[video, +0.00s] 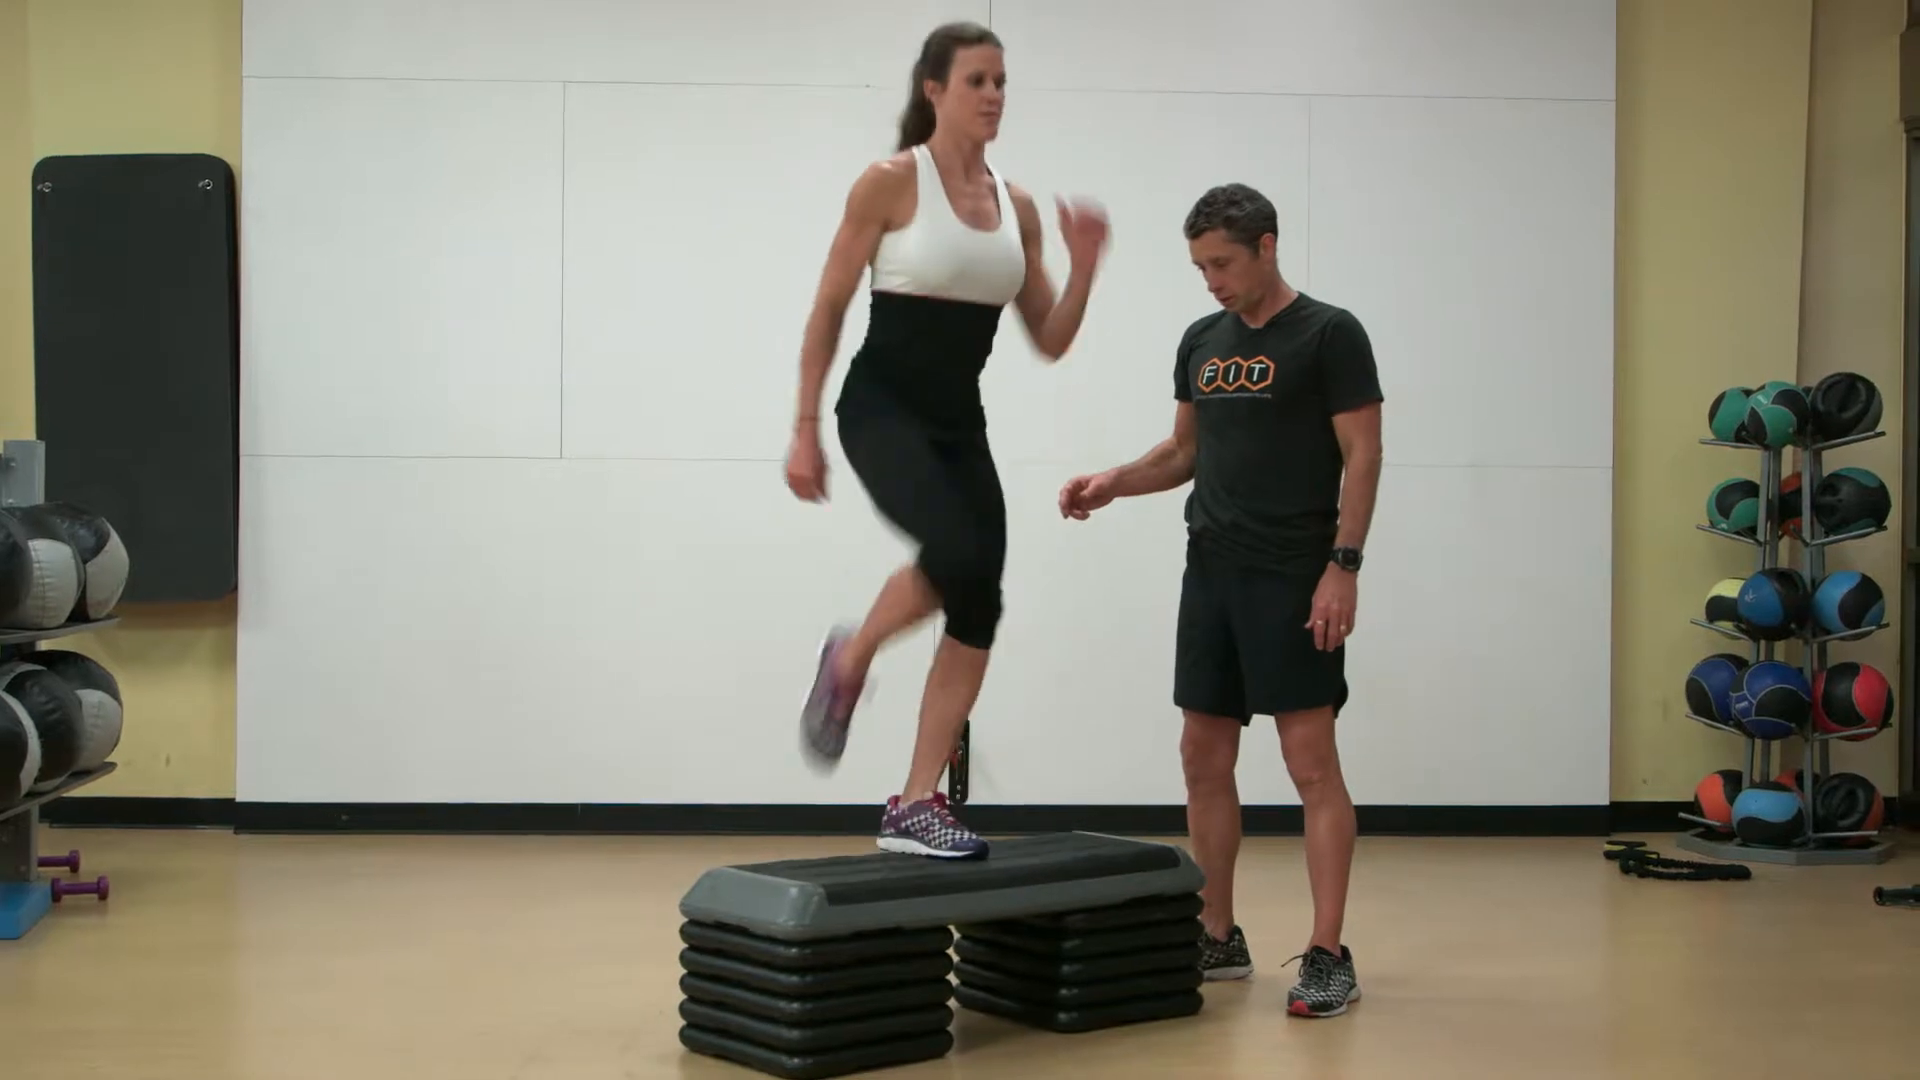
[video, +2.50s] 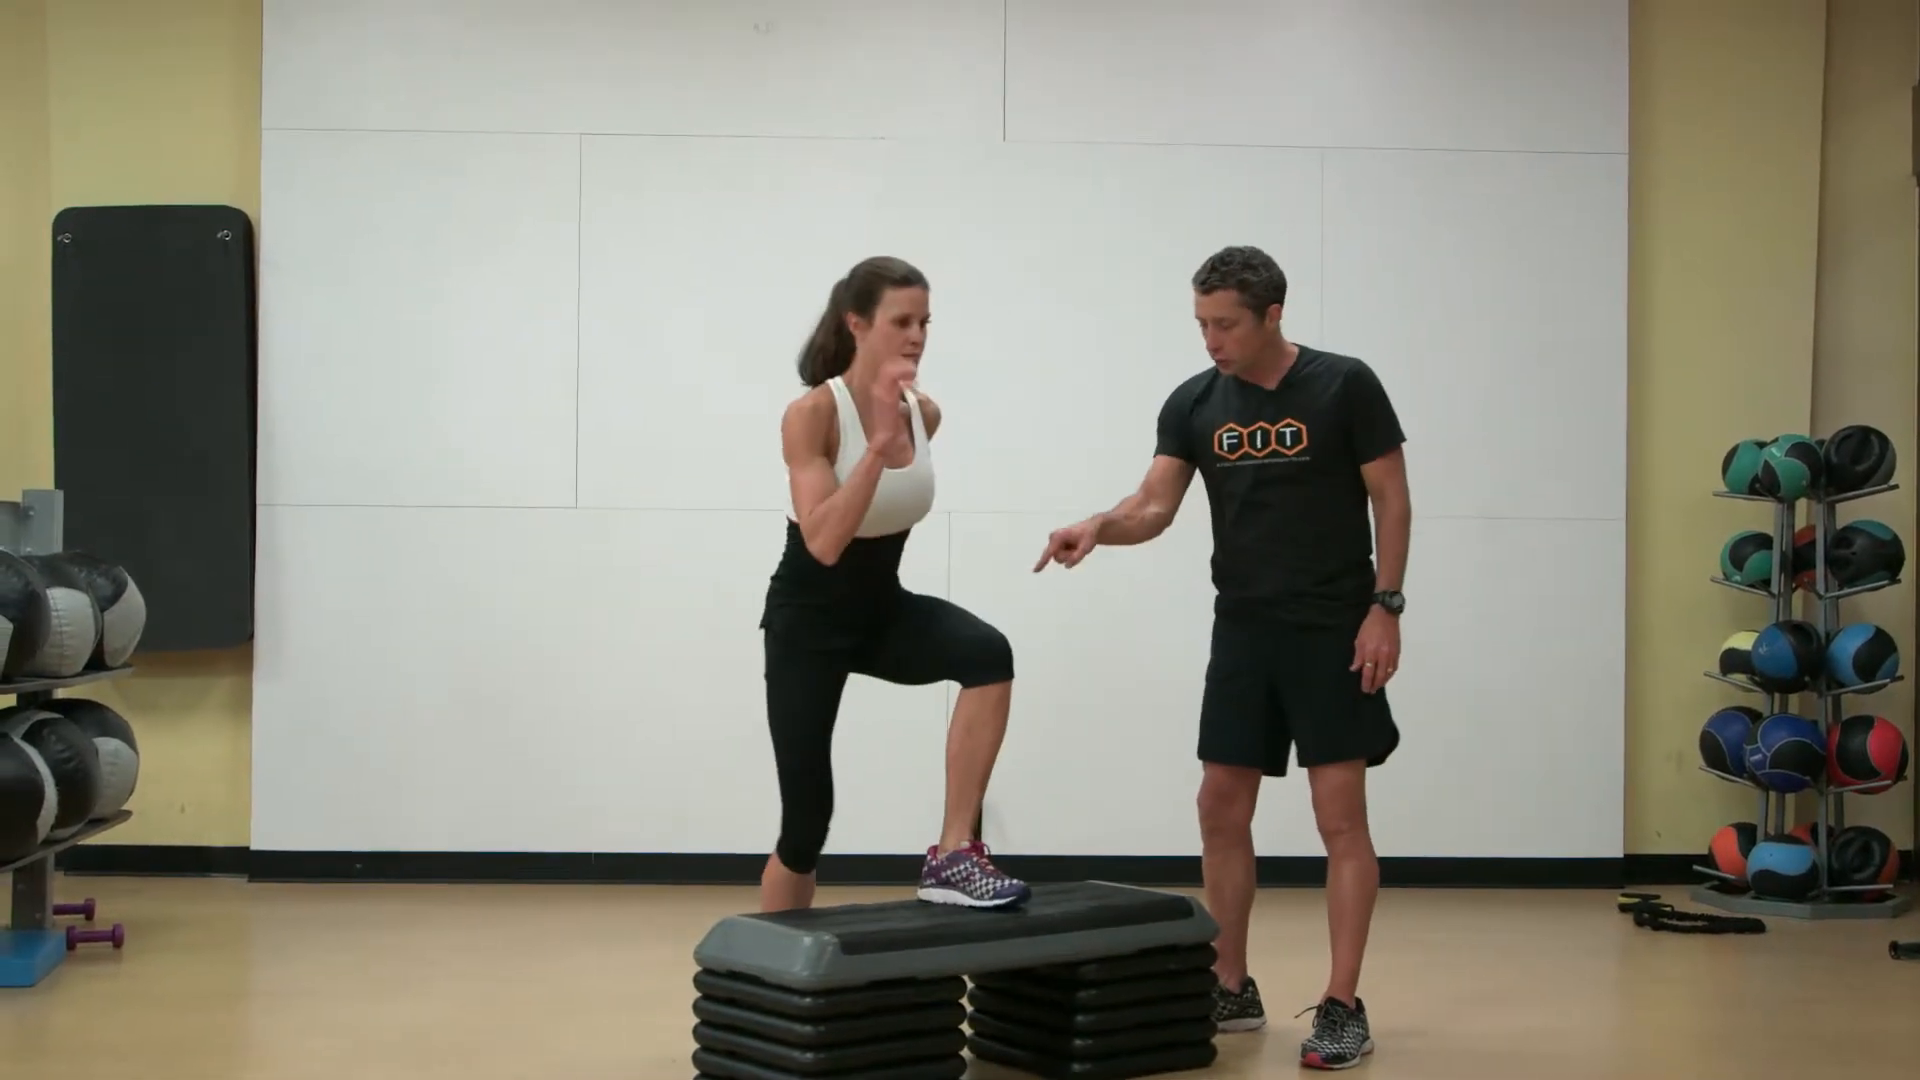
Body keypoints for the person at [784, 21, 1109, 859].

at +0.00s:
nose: (996, 97)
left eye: (1000, 83)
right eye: (980, 82)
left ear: (1002, 95)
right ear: (934, 89)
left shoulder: (1015, 205)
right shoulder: (889, 184)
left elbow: (1050, 338)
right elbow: (830, 307)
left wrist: (1083, 266)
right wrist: (804, 427)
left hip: (959, 414)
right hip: (881, 405)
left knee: (979, 601)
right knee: (959, 550)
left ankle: (918, 803)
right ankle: (850, 659)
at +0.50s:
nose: (948, 299)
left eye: (954, 284)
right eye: (932, 284)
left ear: (958, 290)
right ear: (888, 288)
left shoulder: (958, 390)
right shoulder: (840, 378)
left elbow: (935, 508)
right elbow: (811, 511)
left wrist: (932, 626)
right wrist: (891, 434)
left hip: (906, 582)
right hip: (828, 587)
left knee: (992, 637)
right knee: (823, 792)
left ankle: (917, 809)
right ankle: (794, 951)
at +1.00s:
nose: (971, 289)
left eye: (977, 275)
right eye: (955, 275)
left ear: (981, 282)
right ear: (909, 282)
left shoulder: (980, 379)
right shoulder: (867, 367)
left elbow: (953, 500)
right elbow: (846, 497)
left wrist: (945, 615)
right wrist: (952, 454)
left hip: (930, 570)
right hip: (855, 576)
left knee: (1012, 656)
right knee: (832, 768)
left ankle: (943, 833)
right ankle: (801, 939)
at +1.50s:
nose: (993, 66)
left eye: (1001, 52)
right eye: (978, 49)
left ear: (1006, 63)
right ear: (932, 55)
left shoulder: (1019, 163)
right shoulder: (878, 148)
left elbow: (1103, 257)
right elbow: (801, 250)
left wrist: (1071, 155)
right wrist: (745, 347)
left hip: (969, 373)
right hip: (886, 357)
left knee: (962, 580)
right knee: (1024, 323)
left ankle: (957, 790)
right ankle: (928, 496)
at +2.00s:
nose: (969, 236)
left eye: (975, 223)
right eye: (954, 221)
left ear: (976, 231)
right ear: (906, 225)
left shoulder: (973, 328)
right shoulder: (866, 320)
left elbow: (946, 447)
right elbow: (841, 451)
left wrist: (955, 545)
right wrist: (945, 433)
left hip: (931, 542)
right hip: (851, 545)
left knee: (1007, 662)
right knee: (829, 739)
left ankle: (955, 854)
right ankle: (789, 922)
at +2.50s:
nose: (918, 335)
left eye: (923, 322)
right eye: (902, 321)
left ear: (926, 328)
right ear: (856, 324)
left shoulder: (922, 413)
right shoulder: (812, 414)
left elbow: (893, 516)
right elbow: (822, 541)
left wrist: (880, 596)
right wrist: (875, 453)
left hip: (880, 613)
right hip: (808, 623)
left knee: (987, 654)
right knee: (806, 827)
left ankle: (954, 854)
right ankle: (770, 981)